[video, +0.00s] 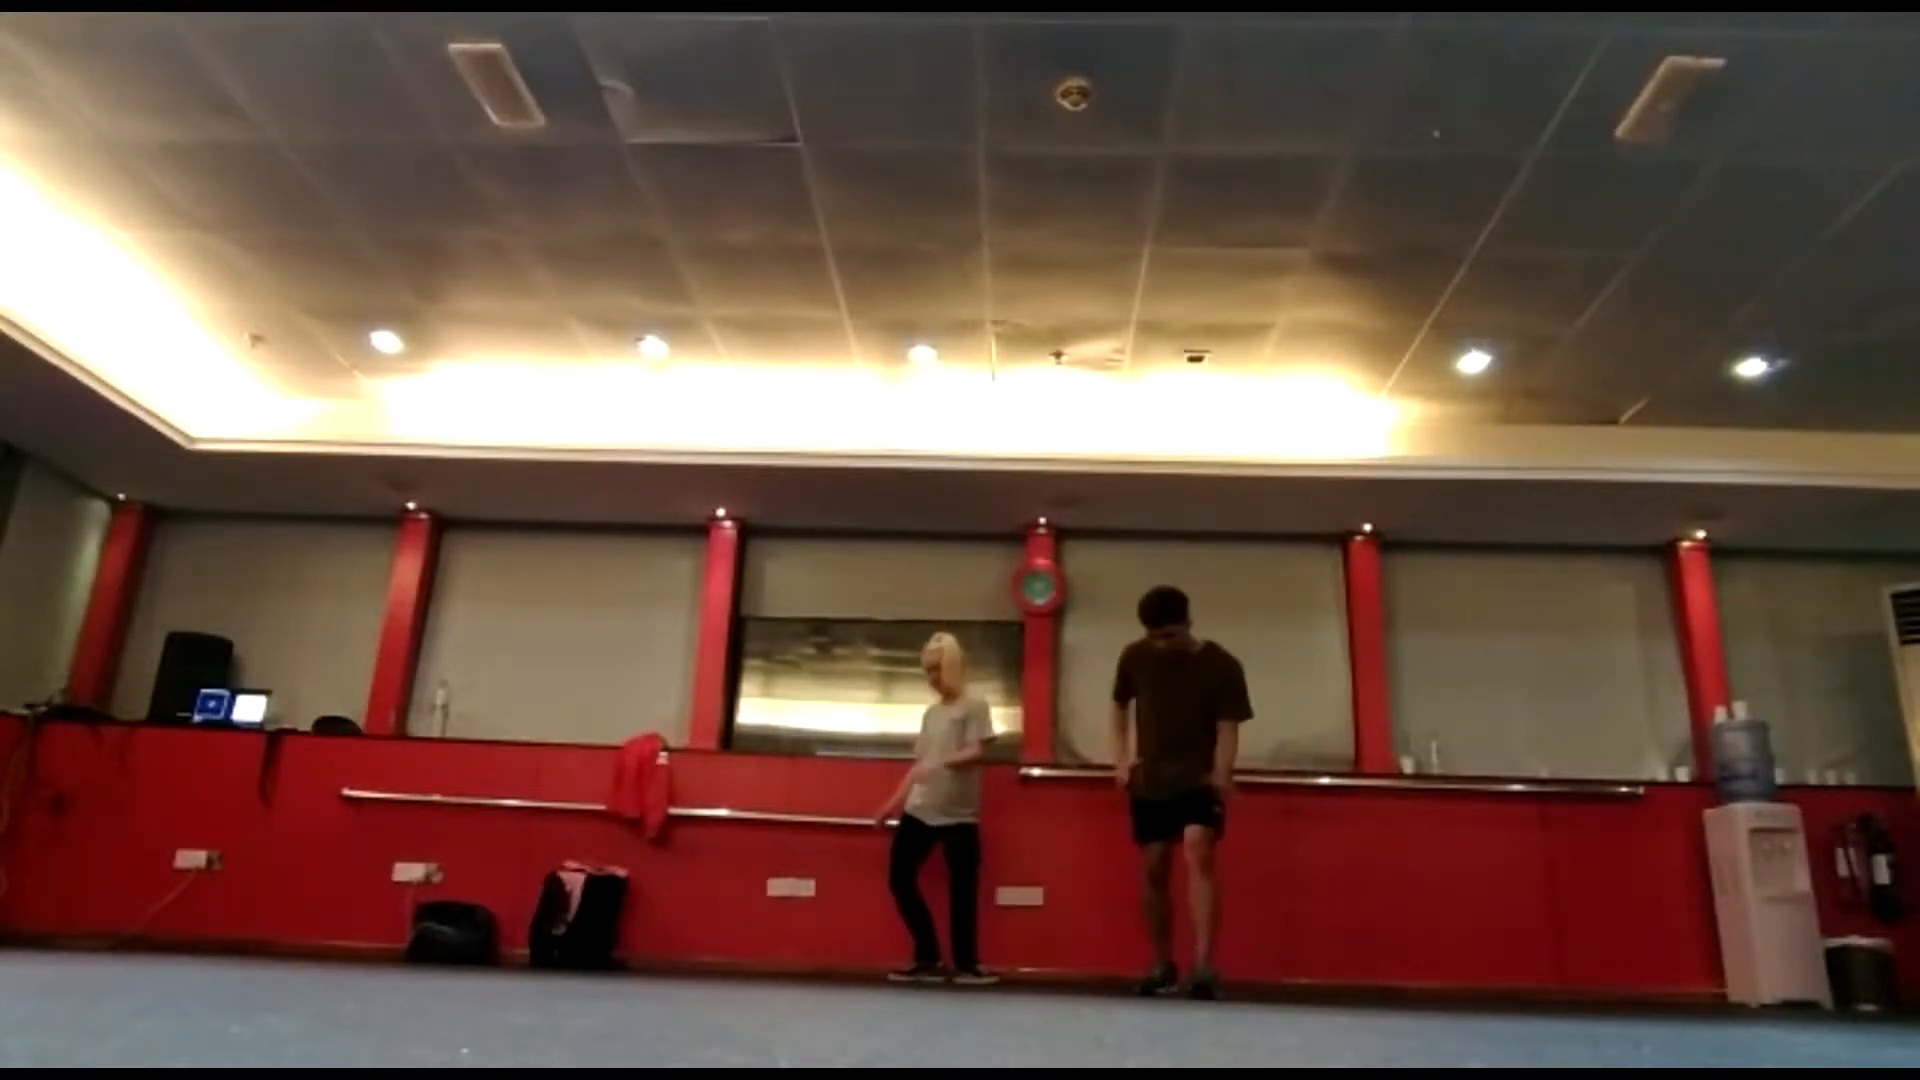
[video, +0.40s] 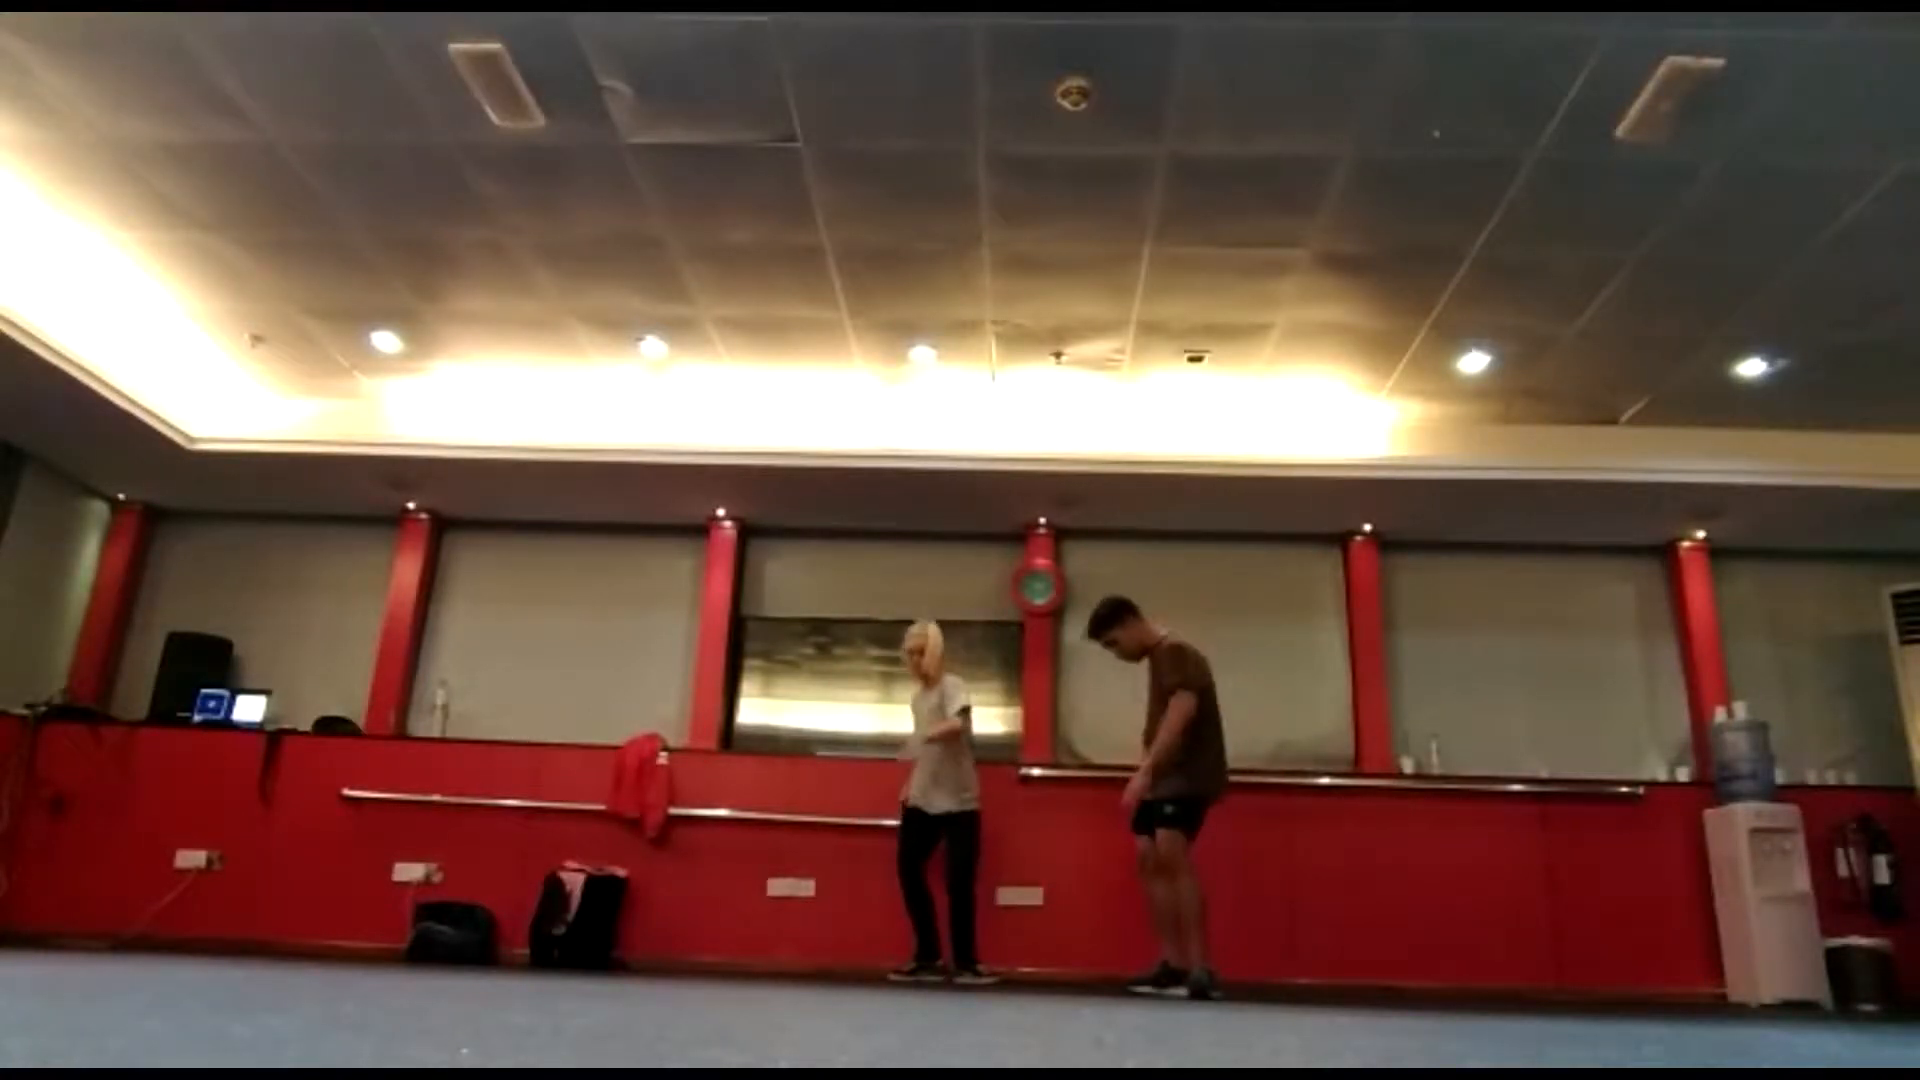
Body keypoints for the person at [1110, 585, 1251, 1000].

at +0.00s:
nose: (1163, 644)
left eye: (1170, 635)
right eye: (1156, 636)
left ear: (1186, 624)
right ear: (1146, 630)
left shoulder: (1219, 663)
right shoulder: (1136, 657)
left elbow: (1228, 726)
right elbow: (1120, 707)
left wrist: (1222, 777)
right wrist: (1122, 757)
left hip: (1199, 778)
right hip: (1151, 778)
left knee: (1198, 853)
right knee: (1154, 867)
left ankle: (1203, 963)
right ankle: (1161, 962)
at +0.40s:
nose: (1116, 653)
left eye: (1113, 643)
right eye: (1109, 646)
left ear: (1130, 625)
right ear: (1130, 629)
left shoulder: (1177, 656)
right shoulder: (1161, 661)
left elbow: (1179, 716)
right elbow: (1169, 725)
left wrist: (1144, 773)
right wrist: (1151, 773)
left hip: (1189, 779)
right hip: (1166, 780)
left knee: (1170, 856)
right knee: (1149, 859)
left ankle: (1198, 968)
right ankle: (1173, 963)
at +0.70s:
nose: (1101, 671)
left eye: (1097, 662)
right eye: (1094, 667)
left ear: (1110, 642)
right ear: (1104, 652)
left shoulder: (1170, 662)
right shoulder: (1132, 684)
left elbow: (1195, 715)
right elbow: (1152, 744)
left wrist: (1151, 766)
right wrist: (1125, 720)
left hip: (1197, 773)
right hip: (1160, 778)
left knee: (1188, 852)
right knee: (1141, 859)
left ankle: (1204, 969)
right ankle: (1170, 964)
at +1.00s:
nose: (1137, 655)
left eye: (1142, 645)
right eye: (1128, 647)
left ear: (1153, 637)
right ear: (1117, 644)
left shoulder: (1185, 664)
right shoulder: (1108, 680)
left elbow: (1233, 699)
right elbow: (1108, 733)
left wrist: (1185, 701)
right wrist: (1131, 684)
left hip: (1194, 779)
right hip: (1142, 782)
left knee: (1214, 862)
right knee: (1128, 861)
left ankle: (1203, 955)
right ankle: (1170, 962)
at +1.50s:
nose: (1211, 655)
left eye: (1217, 648)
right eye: (1208, 645)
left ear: (1222, 644)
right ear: (1193, 633)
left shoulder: (1214, 673)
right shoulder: (1151, 662)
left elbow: (1223, 718)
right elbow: (1115, 705)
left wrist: (1238, 727)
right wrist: (1165, 709)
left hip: (1197, 786)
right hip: (1155, 785)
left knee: (1197, 869)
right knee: (1158, 863)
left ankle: (1188, 965)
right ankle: (1155, 961)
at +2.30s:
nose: (1144, 639)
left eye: (1150, 629)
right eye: (1137, 632)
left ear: (1169, 630)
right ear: (1131, 639)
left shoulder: (1204, 681)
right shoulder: (1135, 684)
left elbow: (1235, 738)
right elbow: (1118, 734)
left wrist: (1247, 728)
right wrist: (1123, 704)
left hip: (1194, 796)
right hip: (1145, 794)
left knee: (1194, 870)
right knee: (1120, 860)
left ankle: (1189, 969)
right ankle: (1120, 963)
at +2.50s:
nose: (1107, 647)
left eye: (1112, 637)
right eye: (1099, 641)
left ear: (1131, 638)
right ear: (1094, 648)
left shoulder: (1173, 677)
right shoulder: (1103, 693)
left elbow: (1220, 719)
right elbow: (1111, 746)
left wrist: (1204, 766)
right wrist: (1110, 765)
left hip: (1179, 790)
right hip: (1132, 792)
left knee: (1188, 867)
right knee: (1110, 858)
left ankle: (1189, 967)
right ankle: (1118, 962)